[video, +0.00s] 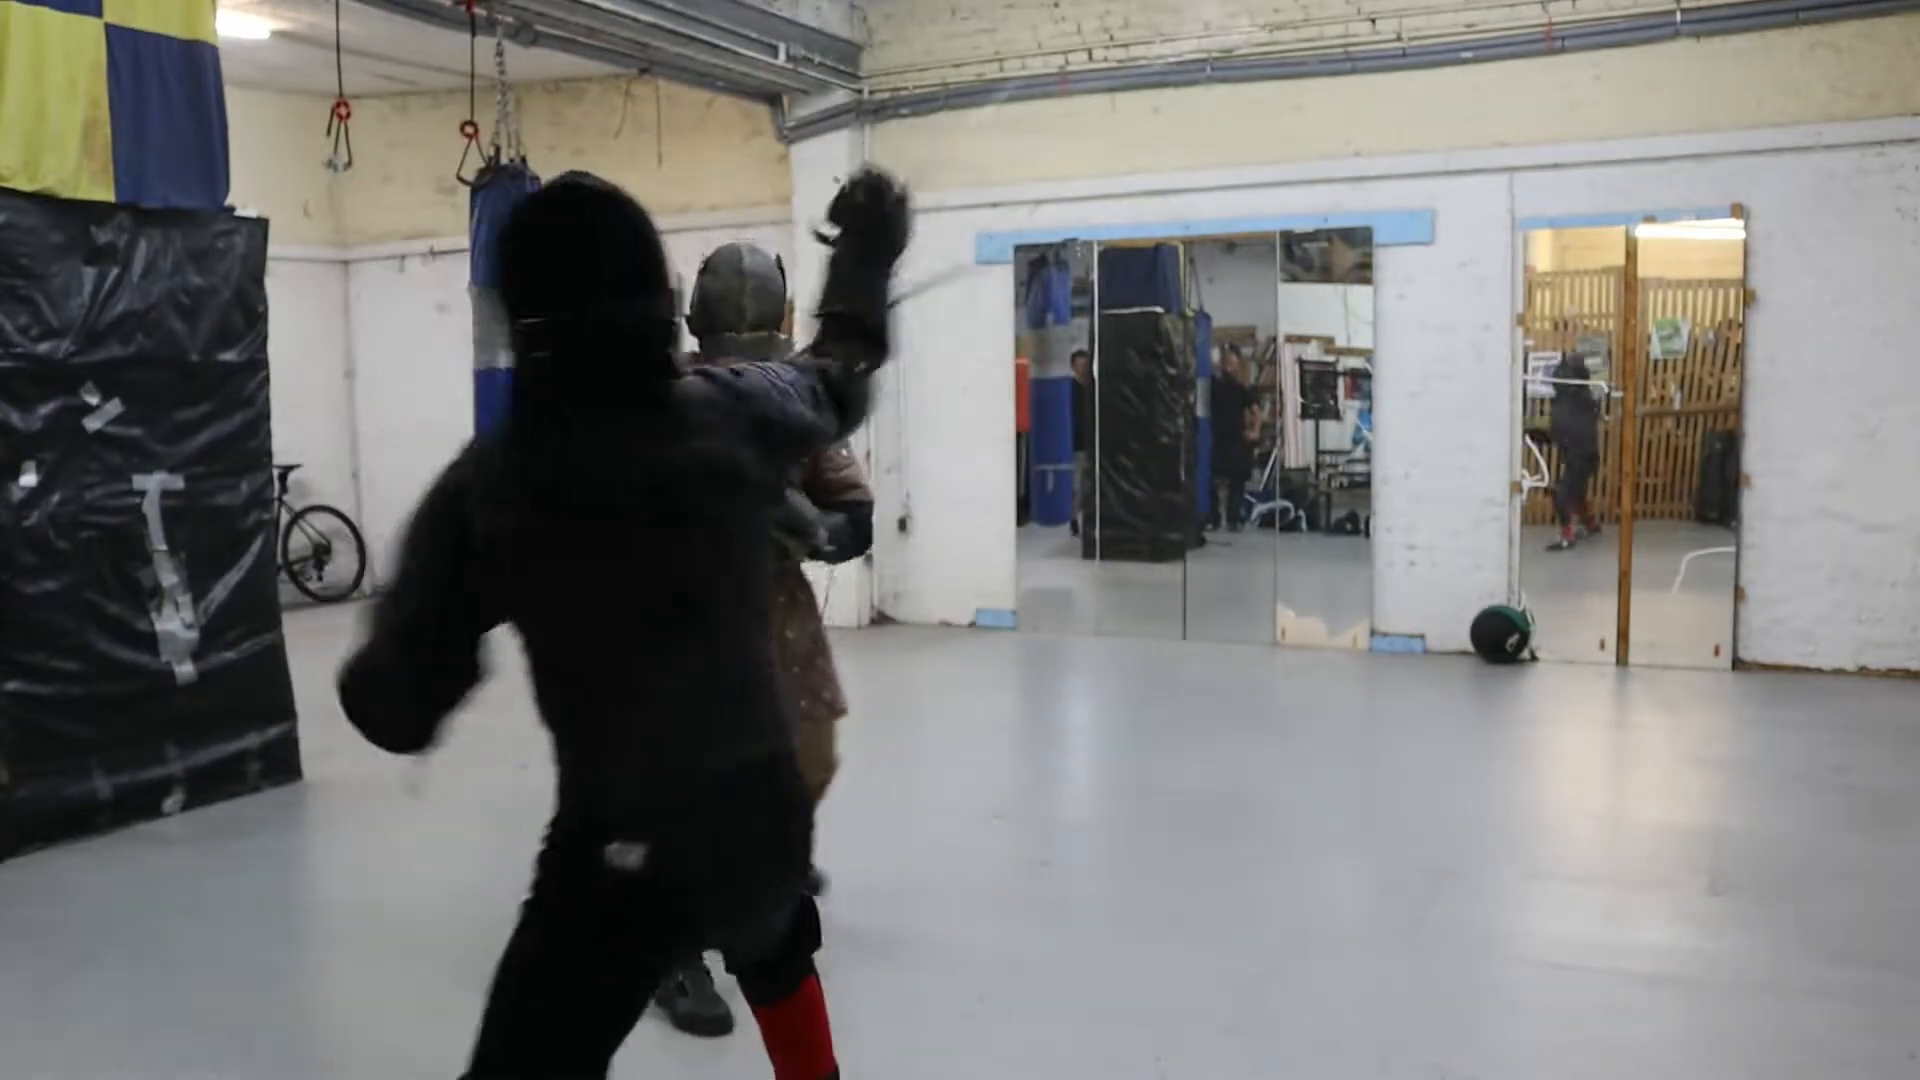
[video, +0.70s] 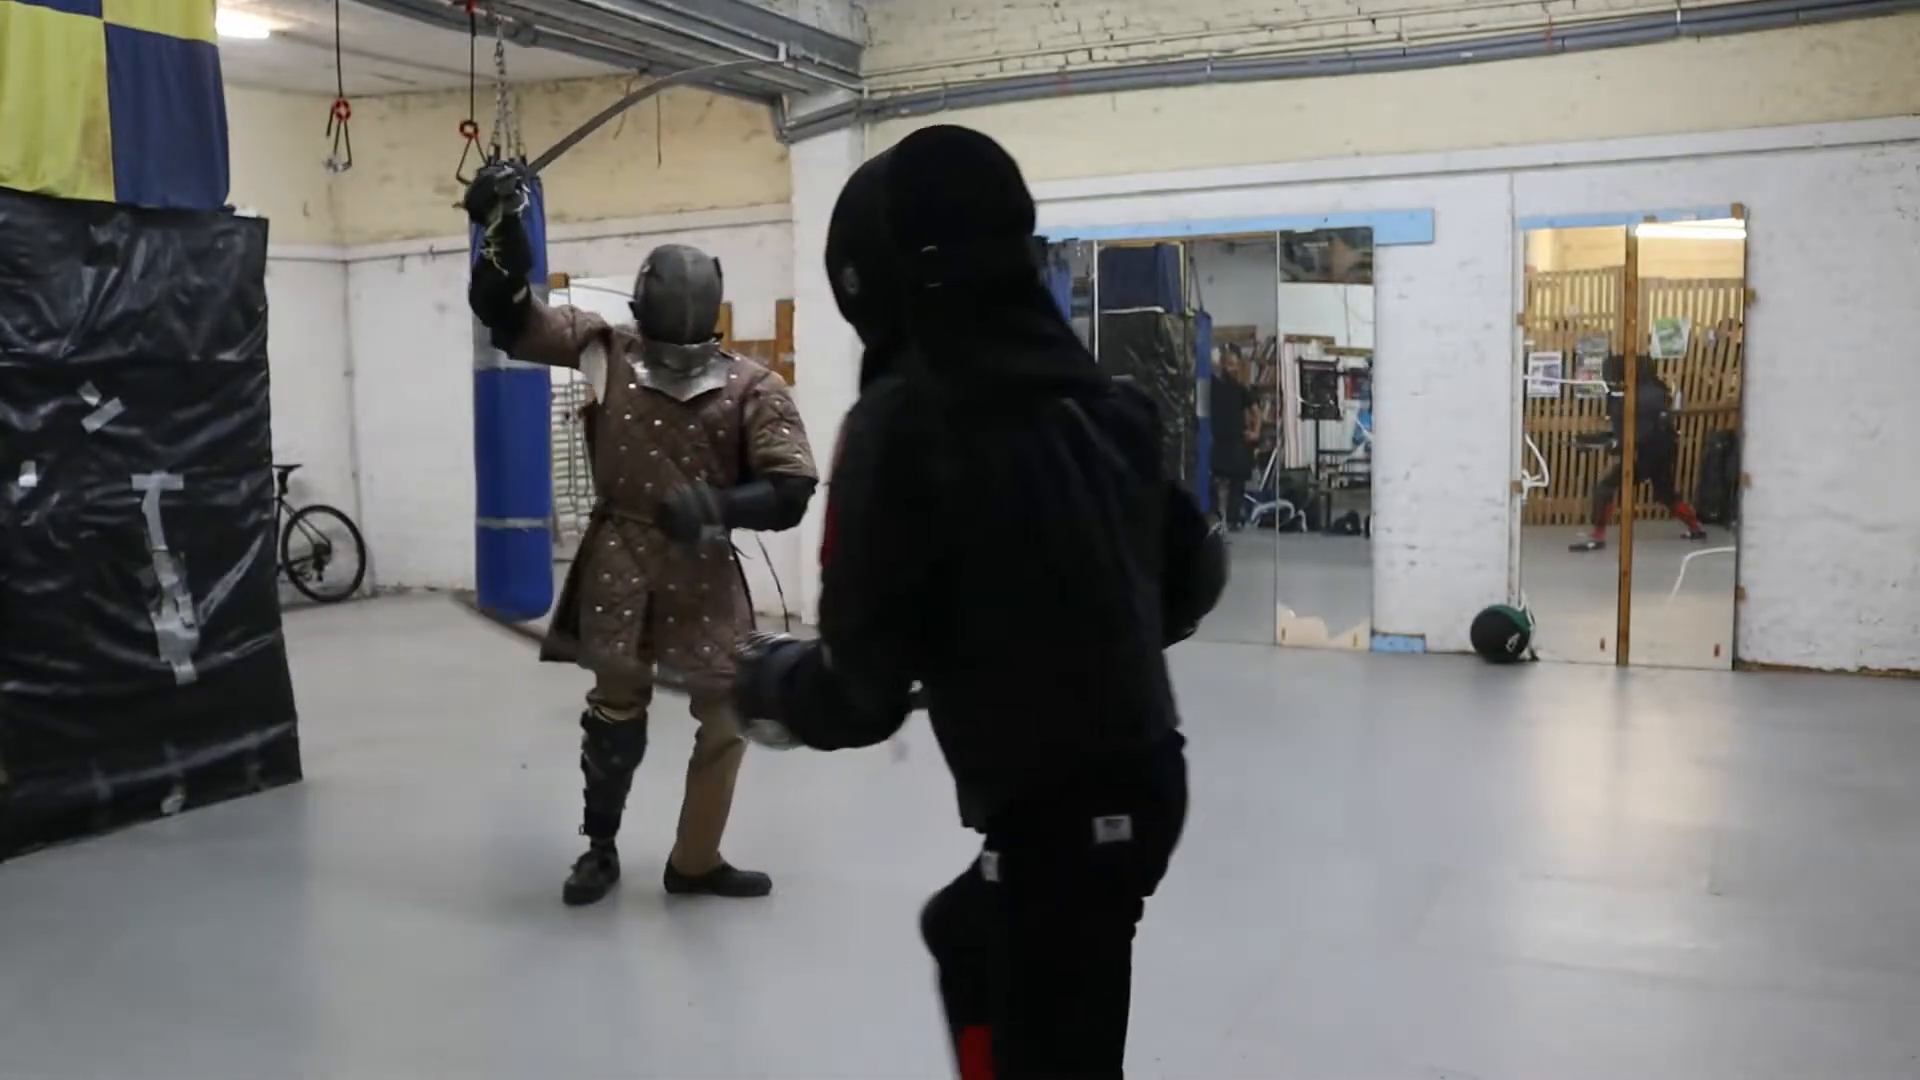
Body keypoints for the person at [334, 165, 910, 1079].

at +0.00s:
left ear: (520, 320)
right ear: (658, 299)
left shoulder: (491, 487)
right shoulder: (729, 420)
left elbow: (390, 709)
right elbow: (838, 377)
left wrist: (440, 595)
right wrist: (862, 259)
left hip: (617, 844)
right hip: (760, 806)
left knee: (521, 1067)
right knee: (780, 977)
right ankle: (811, 1069)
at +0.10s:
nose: (585, 295)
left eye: (595, 273)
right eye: (591, 273)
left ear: (620, 287)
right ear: (733, 280)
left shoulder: (632, 424)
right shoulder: (763, 402)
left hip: (702, 794)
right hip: (807, 772)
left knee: (605, 1052)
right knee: (767, 965)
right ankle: (813, 1071)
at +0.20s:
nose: (655, 286)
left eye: (671, 266)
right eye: (659, 266)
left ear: (707, 280)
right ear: (797, 286)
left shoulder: (697, 390)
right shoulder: (805, 404)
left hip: (757, 769)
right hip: (849, 752)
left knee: (664, 1037)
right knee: (770, 946)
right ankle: (827, 1066)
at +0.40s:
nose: (751, 287)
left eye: (762, 267)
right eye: (754, 267)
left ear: (797, 271)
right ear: (896, 270)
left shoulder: (810, 397)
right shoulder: (915, 404)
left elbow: (724, 559)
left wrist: (552, 554)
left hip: (884, 768)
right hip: (927, 758)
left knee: (867, 1031)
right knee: (785, 920)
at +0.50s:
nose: (789, 287)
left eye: (799, 263)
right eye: (793, 263)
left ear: (836, 272)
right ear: (948, 269)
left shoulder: (830, 409)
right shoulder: (984, 409)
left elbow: (719, 620)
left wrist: (613, 602)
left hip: (935, 792)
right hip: (1001, 775)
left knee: (982, 1054)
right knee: (827, 928)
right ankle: (870, 1079)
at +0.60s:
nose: (819, 302)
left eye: (826, 276)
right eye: (820, 276)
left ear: (863, 277)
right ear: (979, 264)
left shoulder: (855, 418)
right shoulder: (1049, 404)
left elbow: (792, 625)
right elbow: (1125, 592)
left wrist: (728, 677)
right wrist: (1020, 647)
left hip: (982, 800)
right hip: (1092, 781)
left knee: (1046, 1045)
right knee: (912, 938)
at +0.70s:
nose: (848, 303)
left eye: (854, 276)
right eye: (845, 276)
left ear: (895, 273)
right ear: (1009, 255)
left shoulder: (896, 425)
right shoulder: (1098, 400)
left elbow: (864, 693)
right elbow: (1191, 572)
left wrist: (770, 677)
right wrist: (1072, 638)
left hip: (1043, 801)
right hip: (1142, 779)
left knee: (1058, 1056)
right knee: (961, 928)